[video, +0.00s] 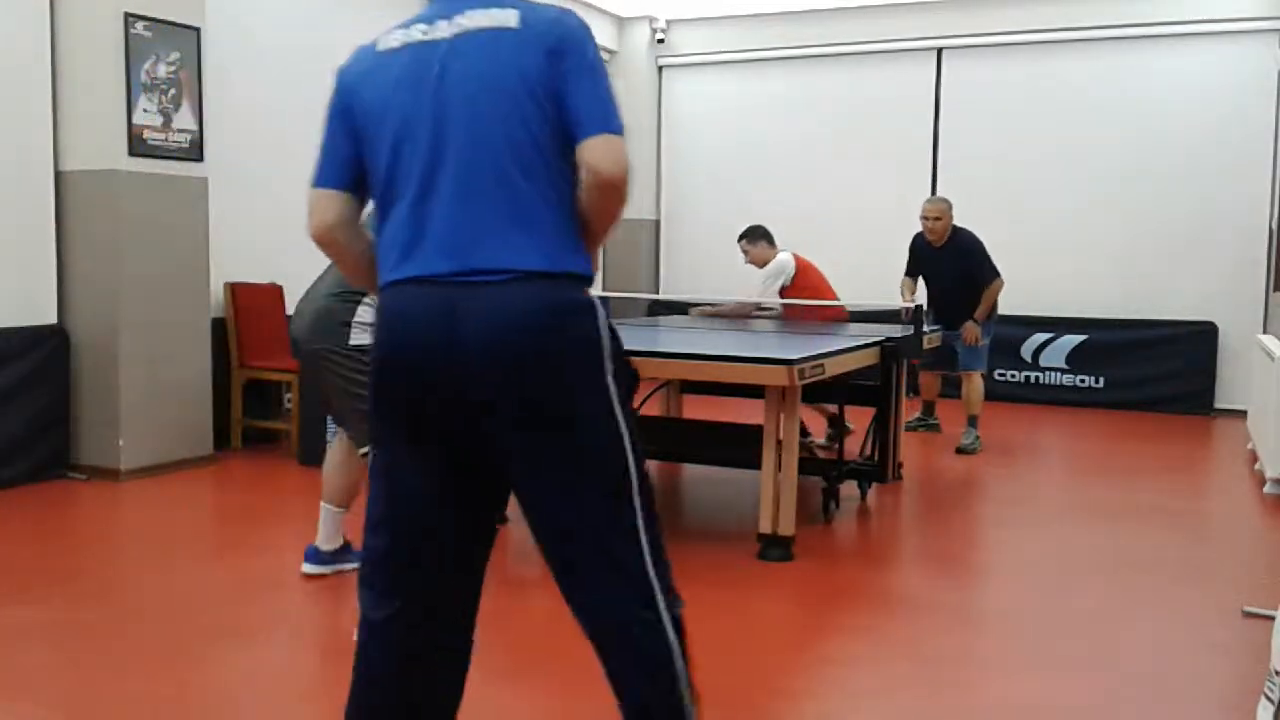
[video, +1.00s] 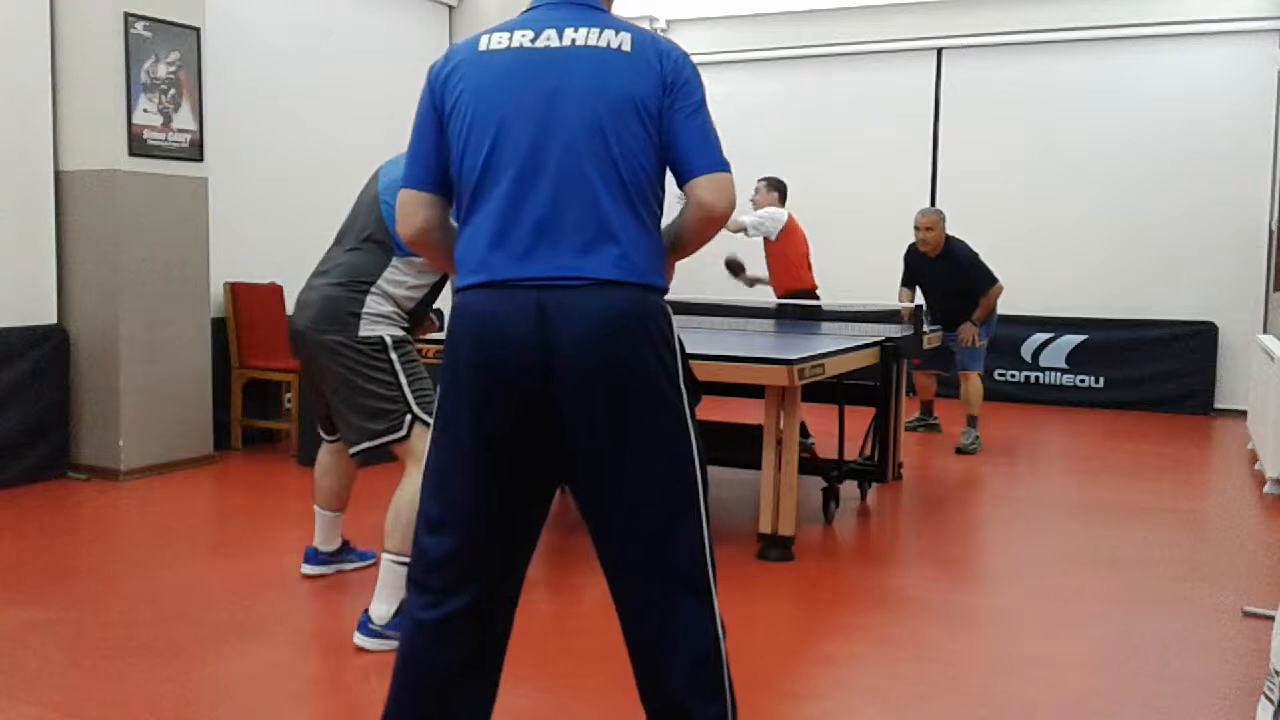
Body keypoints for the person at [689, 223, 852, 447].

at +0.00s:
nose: (746, 260)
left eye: (746, 252)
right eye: (744, 254)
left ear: (763, 245)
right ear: (766, 245)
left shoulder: (782, 262)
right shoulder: (786, 261)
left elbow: (749, 308)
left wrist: (709, 311)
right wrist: (723, 310)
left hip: (827, 330)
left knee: (779, 378)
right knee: (790, 377)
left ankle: (799, 433)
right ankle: (834, 420)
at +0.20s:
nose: (739, 269)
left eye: (739, 261)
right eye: (737, 263)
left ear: (755, 253)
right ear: (757, 253)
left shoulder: (775, 269)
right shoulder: (777, 269)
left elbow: (743, 308)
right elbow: (753, 309)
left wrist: (704, 313)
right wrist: (714, 311)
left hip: (818, 337)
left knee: (779, 386)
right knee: (783, 386)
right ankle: (829, 419)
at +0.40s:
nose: (731, 267)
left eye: (732, 260)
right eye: (730, 261)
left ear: (749, 254)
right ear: (753, 254)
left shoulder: (769, 268)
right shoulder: (770, 268)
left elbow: (740, 310)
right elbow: (744, 310)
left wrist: (709, 313)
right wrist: (714, 310)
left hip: (815, 334)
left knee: (781, 384)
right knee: (779, 381)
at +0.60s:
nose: (732, 251)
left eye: (734, 244)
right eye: (731, 245)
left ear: (751, 239)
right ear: (755, 240)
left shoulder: (766, 258)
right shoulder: (772, 256)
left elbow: (741, 302)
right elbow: (746, 301)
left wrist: (697, 311)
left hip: (809, 322)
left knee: (772, 368)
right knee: (771, 364)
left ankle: (805, 420)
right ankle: (806, 418)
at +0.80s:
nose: (745, 219)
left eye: (747, 212)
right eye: (744, 213)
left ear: (764, 209)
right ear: (768, 211)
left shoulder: (773, 227)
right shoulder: (784, 232)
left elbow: (741, 249)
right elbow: (782, 281)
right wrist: (753, 271)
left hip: (804, 314)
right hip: (808, 312)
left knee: (781, 376)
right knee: (781, 375)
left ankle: (801, 435)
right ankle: (799, 434)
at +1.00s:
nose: (752, 198)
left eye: (757, 193)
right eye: (754, 193)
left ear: (774, 196)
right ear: (777, 197)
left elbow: (735, 226)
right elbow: (787, 277)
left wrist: (700, 205)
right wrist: (752, 279)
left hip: (795, 306)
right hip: (805, 304)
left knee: (782, 374)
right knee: (784, 375)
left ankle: (801, 435)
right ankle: (799, 434)